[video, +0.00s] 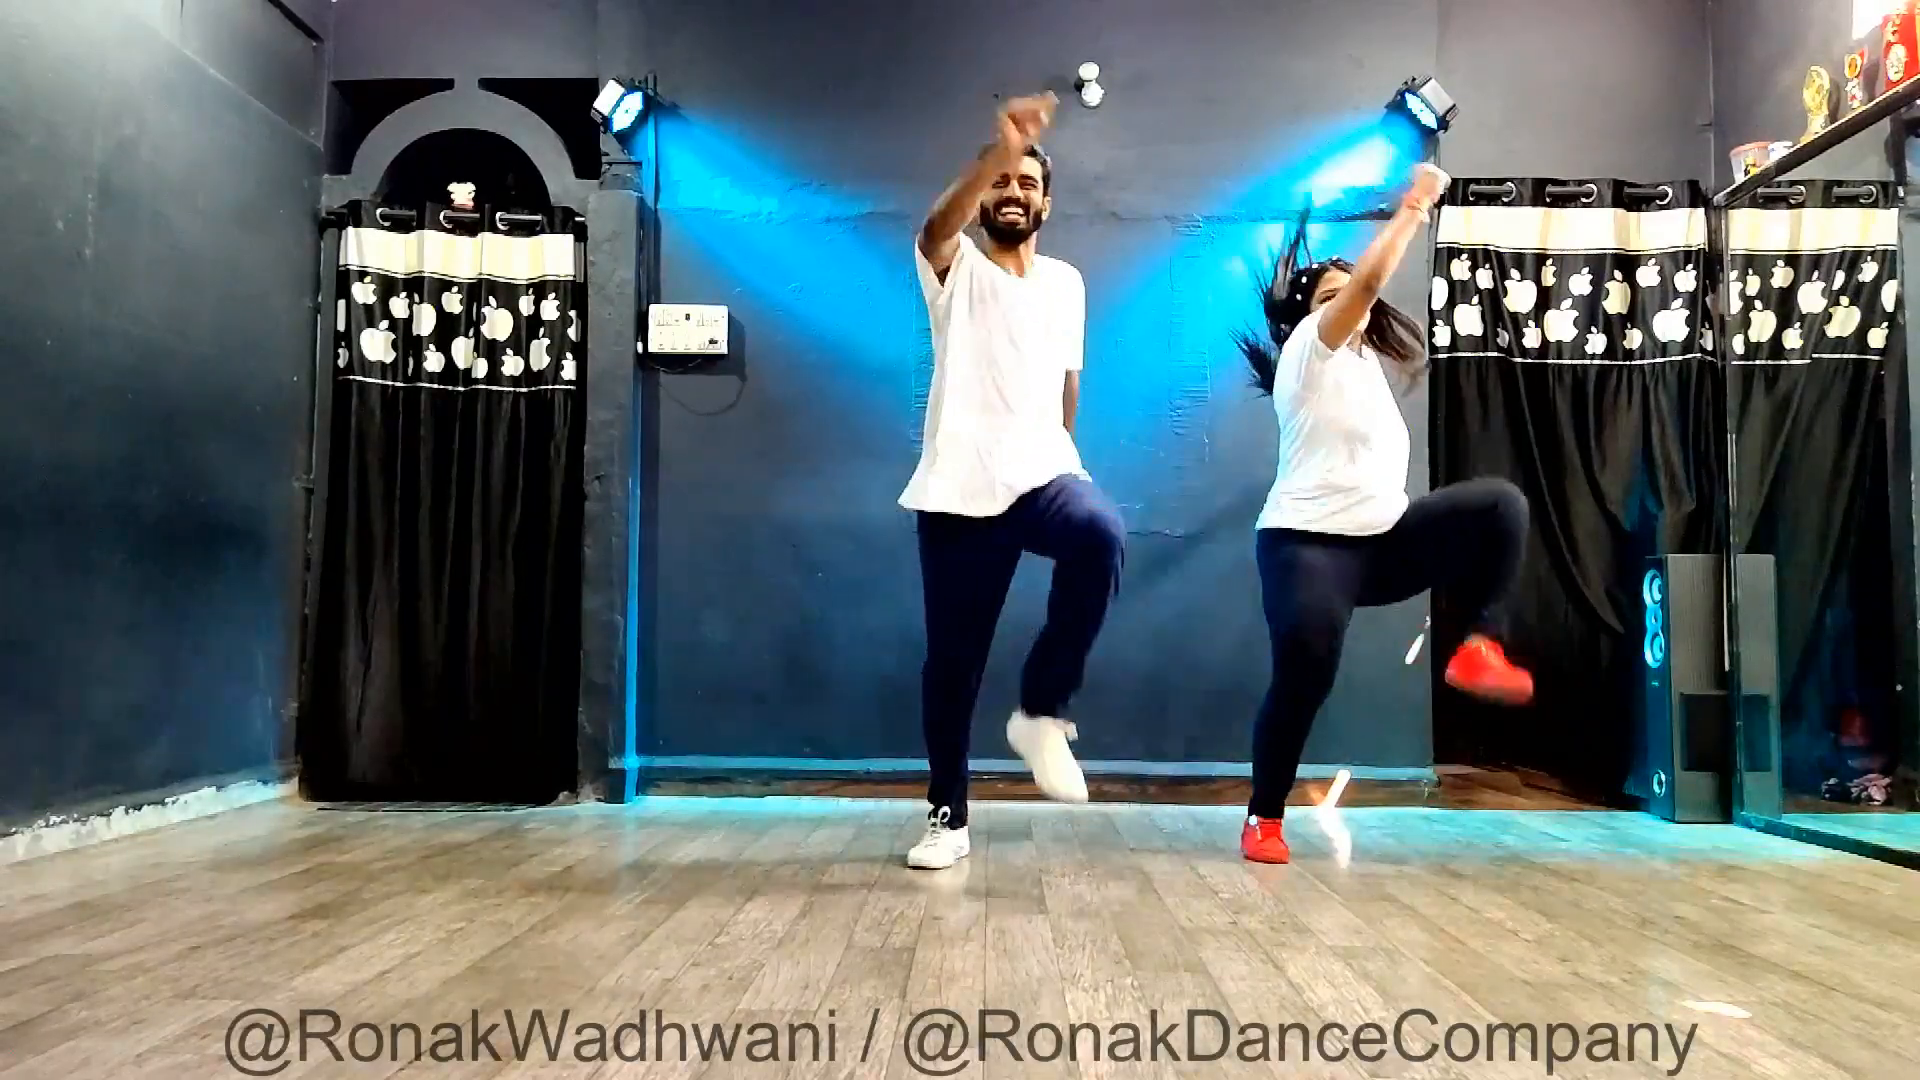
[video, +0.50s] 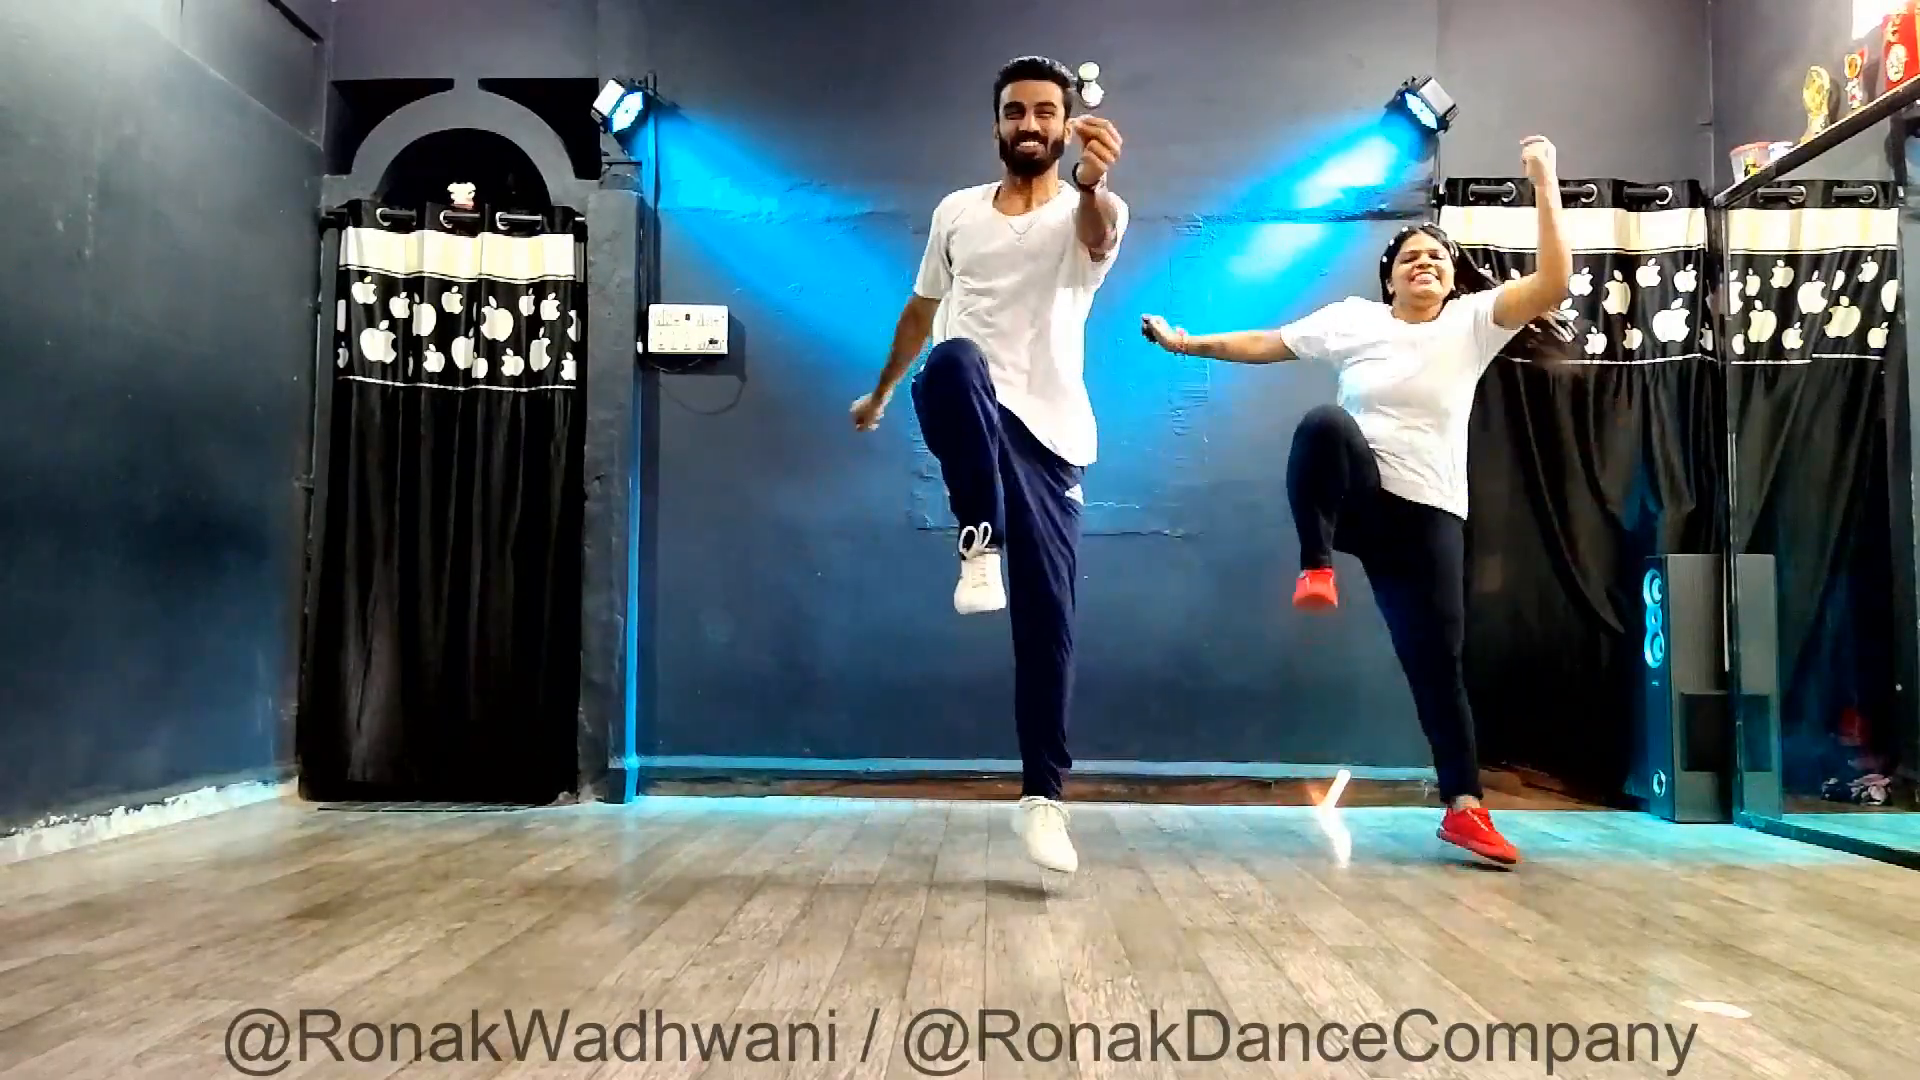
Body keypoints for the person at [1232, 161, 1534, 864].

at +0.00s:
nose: (1354, 286)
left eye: (1354, 282)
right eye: (1340, 281)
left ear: (1352, 305)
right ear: (1311, 300)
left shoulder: (1367, 364)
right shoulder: (1306, 349)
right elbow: (1369, 282)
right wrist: (1413, 208)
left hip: (1381, 541)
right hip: (1307, 542)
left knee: (1499, 507)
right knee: (1306, 668)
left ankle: (1466, 642)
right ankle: (1264, 816)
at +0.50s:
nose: (1424, 265)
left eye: (1436, 259)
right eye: (1411, 258)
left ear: (1452, 278)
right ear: (1390, 276)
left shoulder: (1473, 321)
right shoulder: (1355, 322)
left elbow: (1552, 283)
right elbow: (1271, 344)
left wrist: (1545, 190)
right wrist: (1189, 342)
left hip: (1430, 516)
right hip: (1359, 499)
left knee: (1439, 662)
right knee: (1324, 423)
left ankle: (1463, 806)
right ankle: (1316, 567)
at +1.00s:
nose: (1341, 297)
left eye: (1352, 291)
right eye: (1330, 290)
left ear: (1367, 307)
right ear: (1311, 305)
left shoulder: (1381, 356)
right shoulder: (1286, 350)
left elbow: (1397, 299)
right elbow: (1252, 311)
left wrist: (1359, 227)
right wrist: (1299, 245)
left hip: (1381, 515)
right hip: (1304, 528)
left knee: (1454, 549)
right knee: (1303, 671)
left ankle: (1432, 687)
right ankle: (1298, 794)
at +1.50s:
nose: (1396, 332)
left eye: (1401, 326)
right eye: (1383, 322)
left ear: (1403, 336)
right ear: (1348, 327)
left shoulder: (1403, 388)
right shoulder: (1317, 367)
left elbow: (1422, 464)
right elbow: (1317, 440)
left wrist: (1469, 525)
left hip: (1386, 547)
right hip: (1317, 541)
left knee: (1413, 670)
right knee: (1330, 672)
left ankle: (1385, 798)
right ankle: (1289, 771)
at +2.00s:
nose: (1396, 325)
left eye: (1404, 319)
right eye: (1381, 320)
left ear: (1414, 337)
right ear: (1361, 338)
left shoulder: (1403, 405)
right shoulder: (1368, 363)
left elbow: (1423, 480)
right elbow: (1406, 397)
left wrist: (1491, 466)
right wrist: (1443, 378)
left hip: (1364, 542)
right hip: (1366, 536)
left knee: (1425, 672)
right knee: (1442, 660)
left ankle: (1391, 800)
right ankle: (1424, 812)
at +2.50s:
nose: (1388, 351)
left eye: (1398, 348)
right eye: (1376, 345)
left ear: (1410, 372)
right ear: (1354, 365)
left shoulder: (1417, 430)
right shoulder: (1315, 397)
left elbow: (1519, 420)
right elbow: (1226, 406)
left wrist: (1454, 419)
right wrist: (1154, 403)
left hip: (1359, 571)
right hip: (1286, 567)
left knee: (1470, 572)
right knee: (1311, 680)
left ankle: (1462, 708)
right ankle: (1286, 804)